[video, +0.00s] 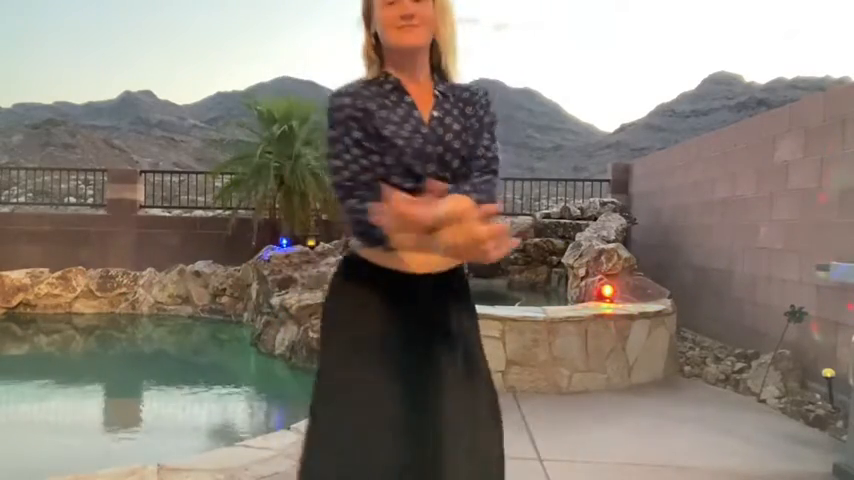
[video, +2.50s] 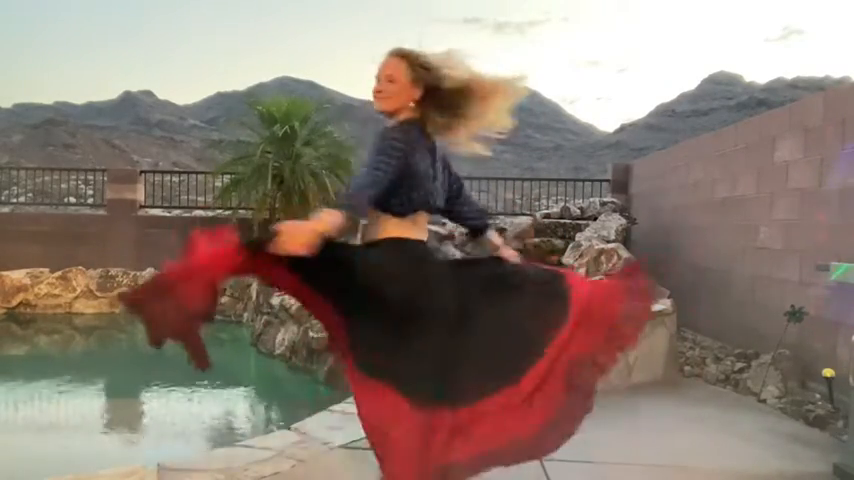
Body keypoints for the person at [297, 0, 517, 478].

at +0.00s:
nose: (406, 8)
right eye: (391, 0)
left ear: (439, 13)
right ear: (370, 16)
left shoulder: (473, 103)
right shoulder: (351, 103)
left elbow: (484, 196)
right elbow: (365, 226)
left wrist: (439, 215)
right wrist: (453, 249)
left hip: (447, 292)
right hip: (370, 293)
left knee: (459, 447)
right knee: (368, 448)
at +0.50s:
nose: (450, 62)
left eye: (446, 54)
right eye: (446, 54)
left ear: (381, 58)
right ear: (439, 61)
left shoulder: (374, 119)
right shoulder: (455, 126)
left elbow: (417, 192)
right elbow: (482, 211)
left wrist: (491, 209)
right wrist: (503, 223)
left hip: (373, 262)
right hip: (428, 266)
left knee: (386, 394)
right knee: (457, 398)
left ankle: (388, 472)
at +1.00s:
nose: (392, 78)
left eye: (403, 73)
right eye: (390, 71)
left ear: (427, 85)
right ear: (387, 75)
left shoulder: (408, 131)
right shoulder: (407, 128)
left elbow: (369, 194)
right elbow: (385, 200)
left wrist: (315, 223)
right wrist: (360, 258)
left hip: (397, 255)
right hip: (402, 250)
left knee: (396, 364)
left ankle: (394, 460)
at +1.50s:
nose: (390, 77)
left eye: (398, 70)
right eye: (381, 71)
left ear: (411, 79)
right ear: (369, 80)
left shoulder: (428, 137)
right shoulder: (352, 134)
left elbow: (451, 201)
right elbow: (324, 191)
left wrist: (471, 263)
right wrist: (292, 241)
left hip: (411, 258)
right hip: (354, 257)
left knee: (415, 365)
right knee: (354, 364)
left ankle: (417, 460)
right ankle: (357, 459)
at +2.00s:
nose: (415, 74)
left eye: (415, 64)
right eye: (404, 67)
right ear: (376, 79)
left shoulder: (376, 124)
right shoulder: (394, 128)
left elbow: (357, 197)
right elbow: (409, 198)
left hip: (380, 248)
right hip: (398, 252)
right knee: (411, 357)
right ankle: (404, 458)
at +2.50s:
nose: (377, 88)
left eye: (389, 81)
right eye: (380, 79)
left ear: (416, 93)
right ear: (413, 93)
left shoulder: (396, 136)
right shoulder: (426, 146)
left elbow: (365, 192)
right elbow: (459, 201)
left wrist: (317, 226)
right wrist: (500, 243)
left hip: (386, 264)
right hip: (416, 262)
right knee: (418, 378)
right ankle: (420, 463)